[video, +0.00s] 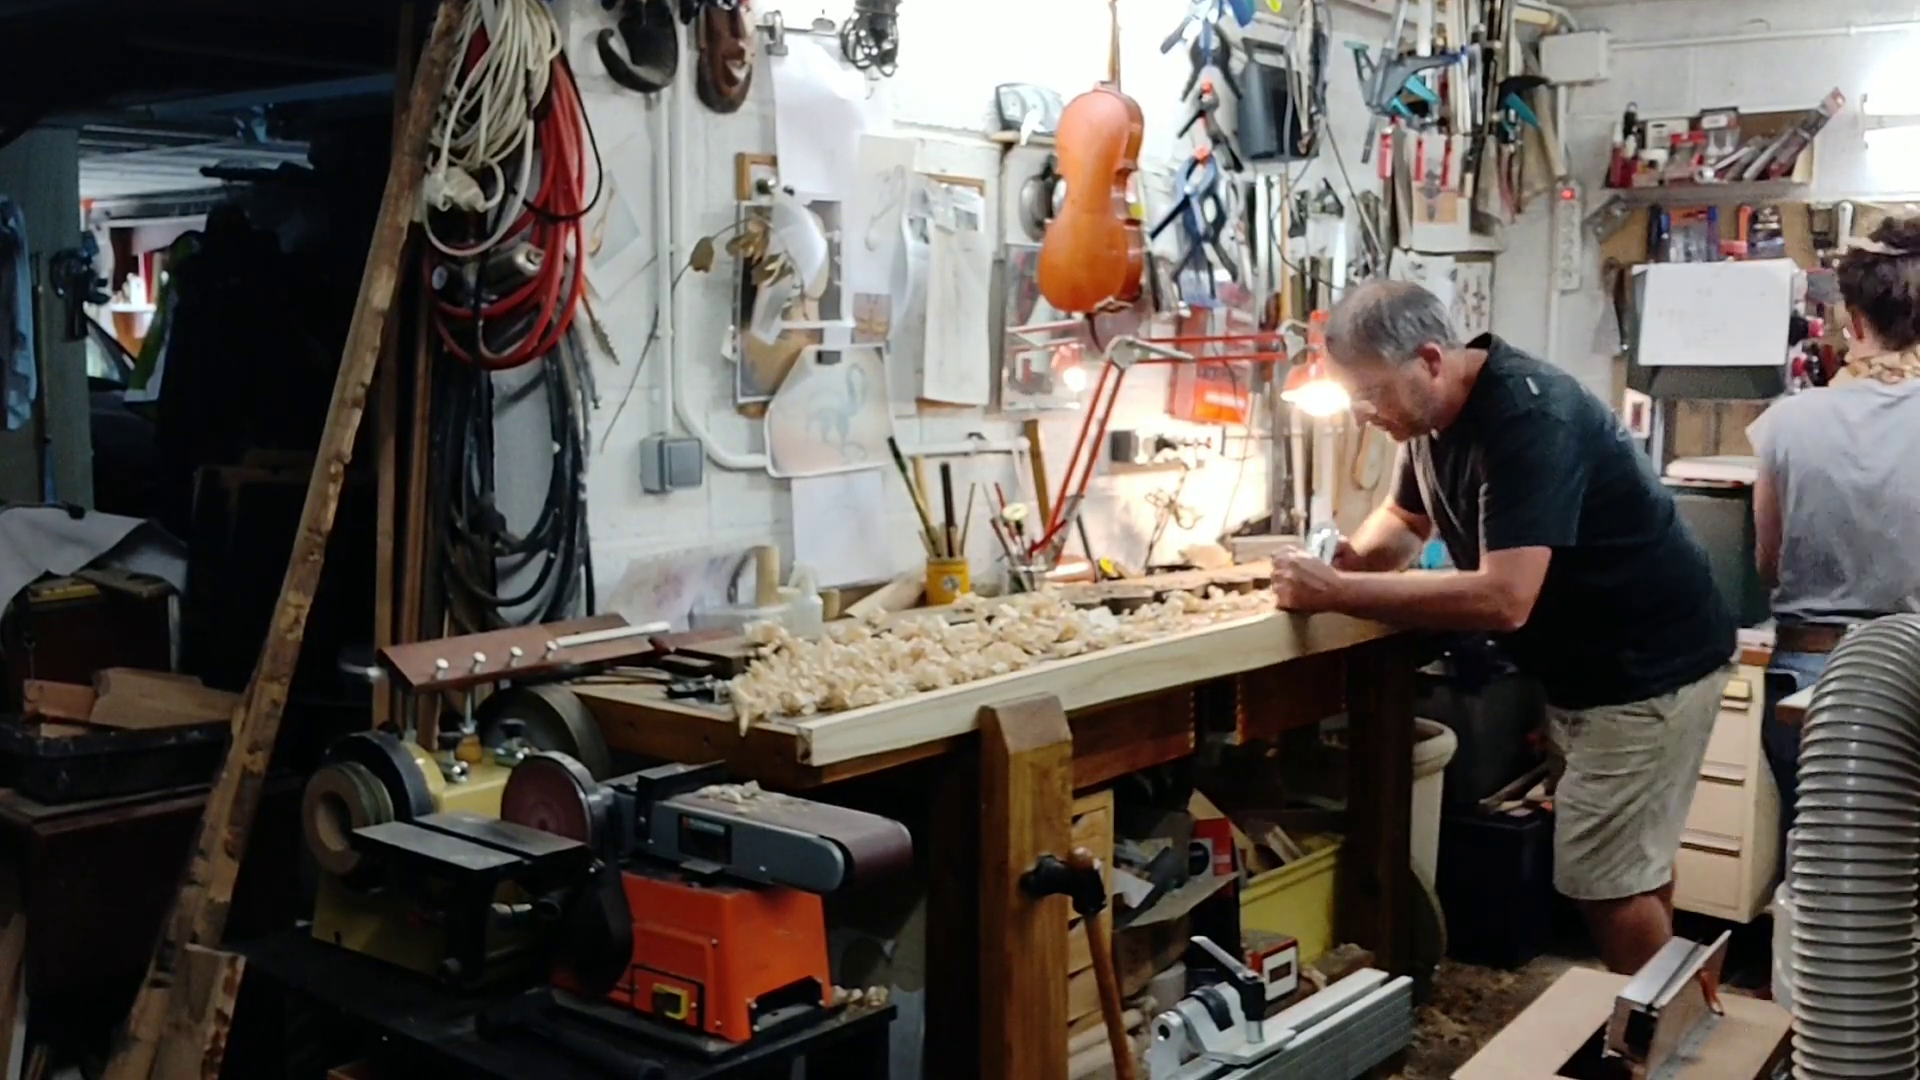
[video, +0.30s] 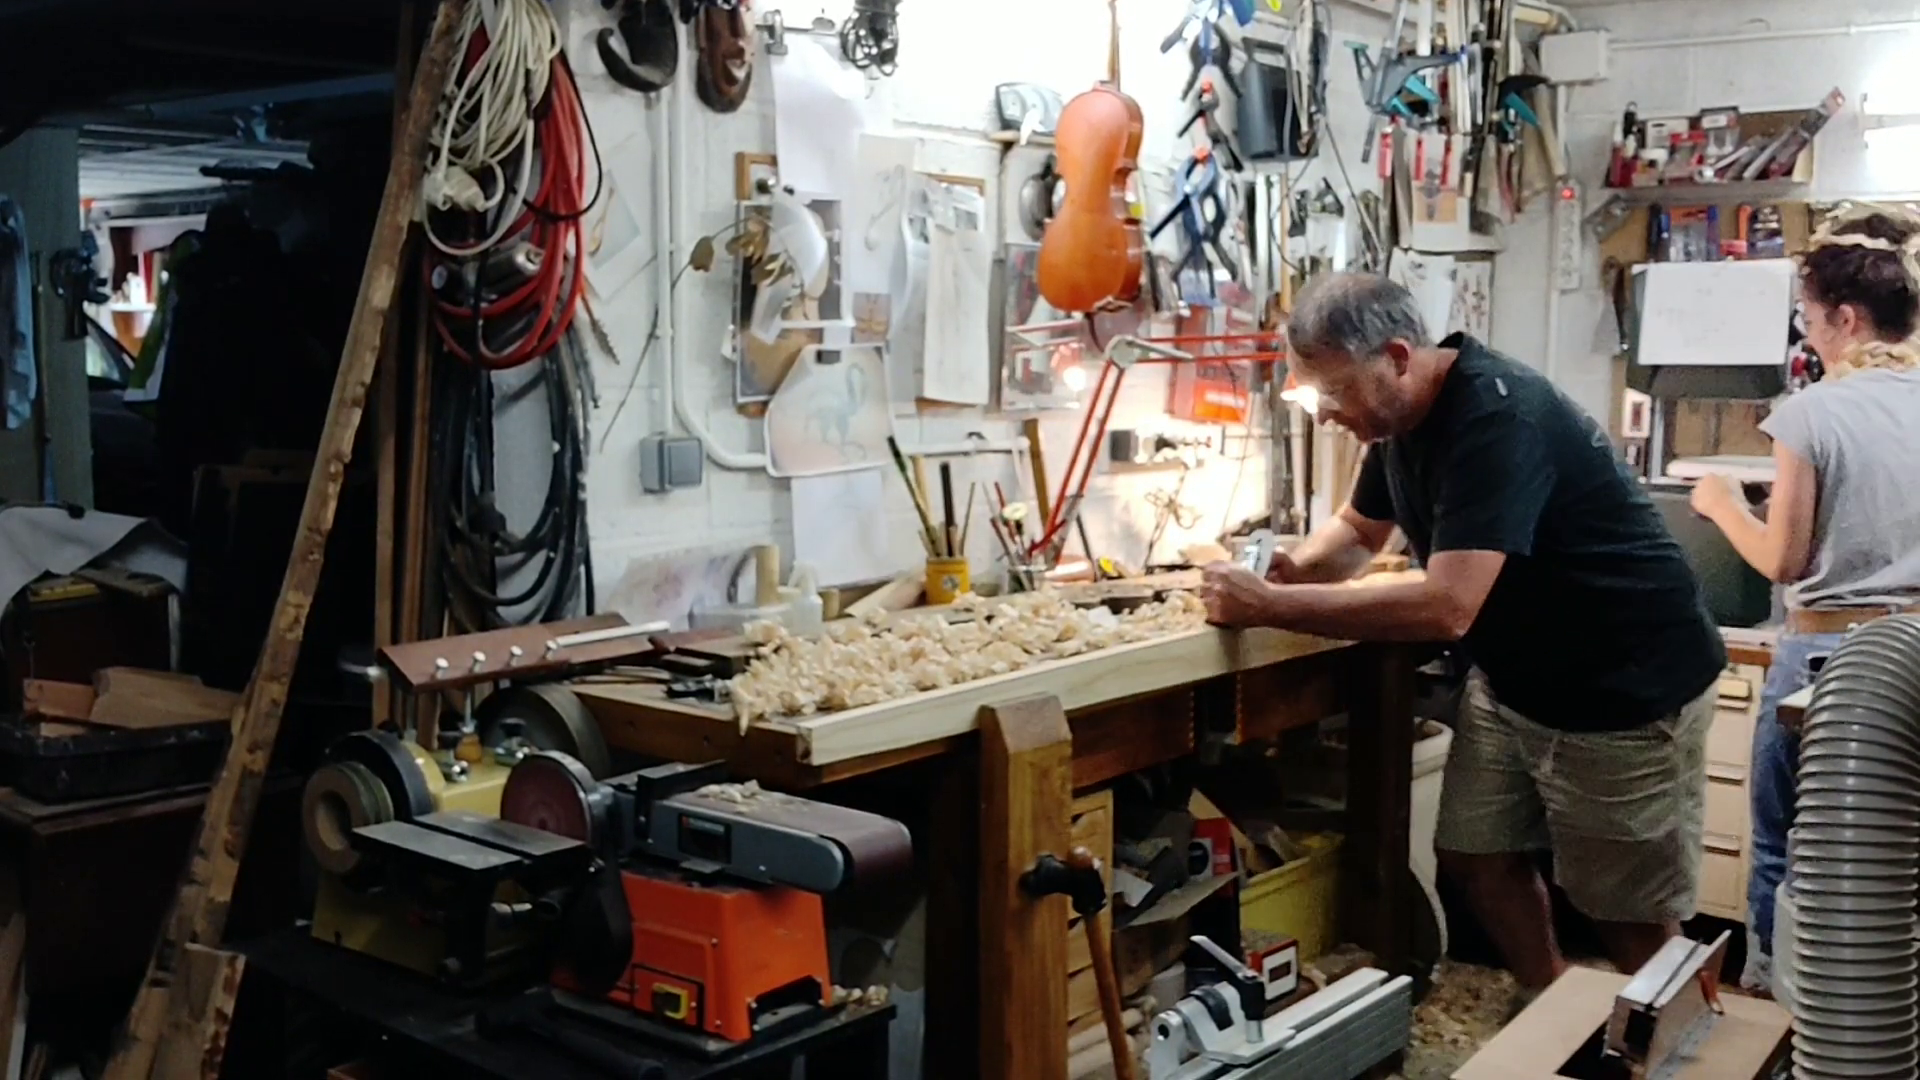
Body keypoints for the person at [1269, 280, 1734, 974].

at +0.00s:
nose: (1369, 416)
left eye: (1376, 396)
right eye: (1359, 401)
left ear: (1432, 361)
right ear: (1430, 362)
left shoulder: (1530, 416)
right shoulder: (1438, 417)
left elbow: (1504, 598)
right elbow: (1405, 520)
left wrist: (1340, 589)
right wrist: (1347, 565)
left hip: (1652, 663)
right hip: (1587, 663)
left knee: (1606, 879)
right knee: (1632, 864)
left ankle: (1662, 1047)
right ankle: (1668, 1026)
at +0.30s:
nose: (1328, 415)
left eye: (1337, 394)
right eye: (1320, 398)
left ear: (1398, 358)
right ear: (1394, 359)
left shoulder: (1499, 415)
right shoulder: (1405, 415)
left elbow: (1448, 606)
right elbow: (1361, 530)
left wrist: (1269, 604)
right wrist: (1297, 565)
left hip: (1629, 693)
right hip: (1512, 679)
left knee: (1631, 924)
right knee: (1484, 867)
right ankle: (1557, 1014)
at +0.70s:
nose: (1217, 423)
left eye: (1226, 402)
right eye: (1209, 406)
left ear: (1292, 362)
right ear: (1289, 363)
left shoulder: (1401, 418)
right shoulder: (1294, 428)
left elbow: (1366, 624)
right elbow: (1264, 543)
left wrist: (1179, 622)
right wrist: (1210, 583)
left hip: (1509, 709)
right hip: (1403, 703)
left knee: (1492, 938)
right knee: (1405, 912)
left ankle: (1601, 1049)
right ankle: (1473, 1060)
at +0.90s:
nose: (1174, 422)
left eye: (1181, 400)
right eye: (1164, 404)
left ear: (1249, 360)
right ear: (1243, 361)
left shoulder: (1361, 416)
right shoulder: (1257, 422)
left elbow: (1327, 632)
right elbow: (1228, 543)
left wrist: (1138, 629)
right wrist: (1172, 584)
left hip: (1488, 688)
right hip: (1401, 690)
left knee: (1424, 927)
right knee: (1410, 919)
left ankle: (1449, 1079)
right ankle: (1468, 1067)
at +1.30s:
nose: (1073, 420)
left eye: (1080, 394)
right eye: (1062, 401)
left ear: (1153, 353)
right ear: (1152, 354)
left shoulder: (1272, 413)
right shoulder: (1180, 415)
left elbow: (1225, 655)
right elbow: (1145, 558)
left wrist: (1020, 661)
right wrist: (1073, 613)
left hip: (1415, 730)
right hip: (1329, 726)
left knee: (1305, 975)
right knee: (1351, 952)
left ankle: (1422, 1063)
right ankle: (1437, 1065)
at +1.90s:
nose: (946, 419)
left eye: (952, 391)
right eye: (936, 397)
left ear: (1029, 346)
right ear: (1031, 346)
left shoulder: (1156, 413)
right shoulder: (1080, 410)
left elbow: (1087, 678)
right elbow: (1046, 579)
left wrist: (865, 693)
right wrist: (946, 638)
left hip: (1312, 763)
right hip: (1237, 753)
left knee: (1226, 1042)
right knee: (1211, 1029)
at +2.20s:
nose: (910, 324)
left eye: (912, 290)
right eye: (901, 297)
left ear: (990, 254)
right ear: (997, 253)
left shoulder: (1095, 348)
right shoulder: (1138, 325)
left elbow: (974, 582)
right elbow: (1063, 577)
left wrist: (777, 584)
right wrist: (879, 603)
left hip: (1239, 797)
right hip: (1317, 767)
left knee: (1106, 1064)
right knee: (1275, 1052)